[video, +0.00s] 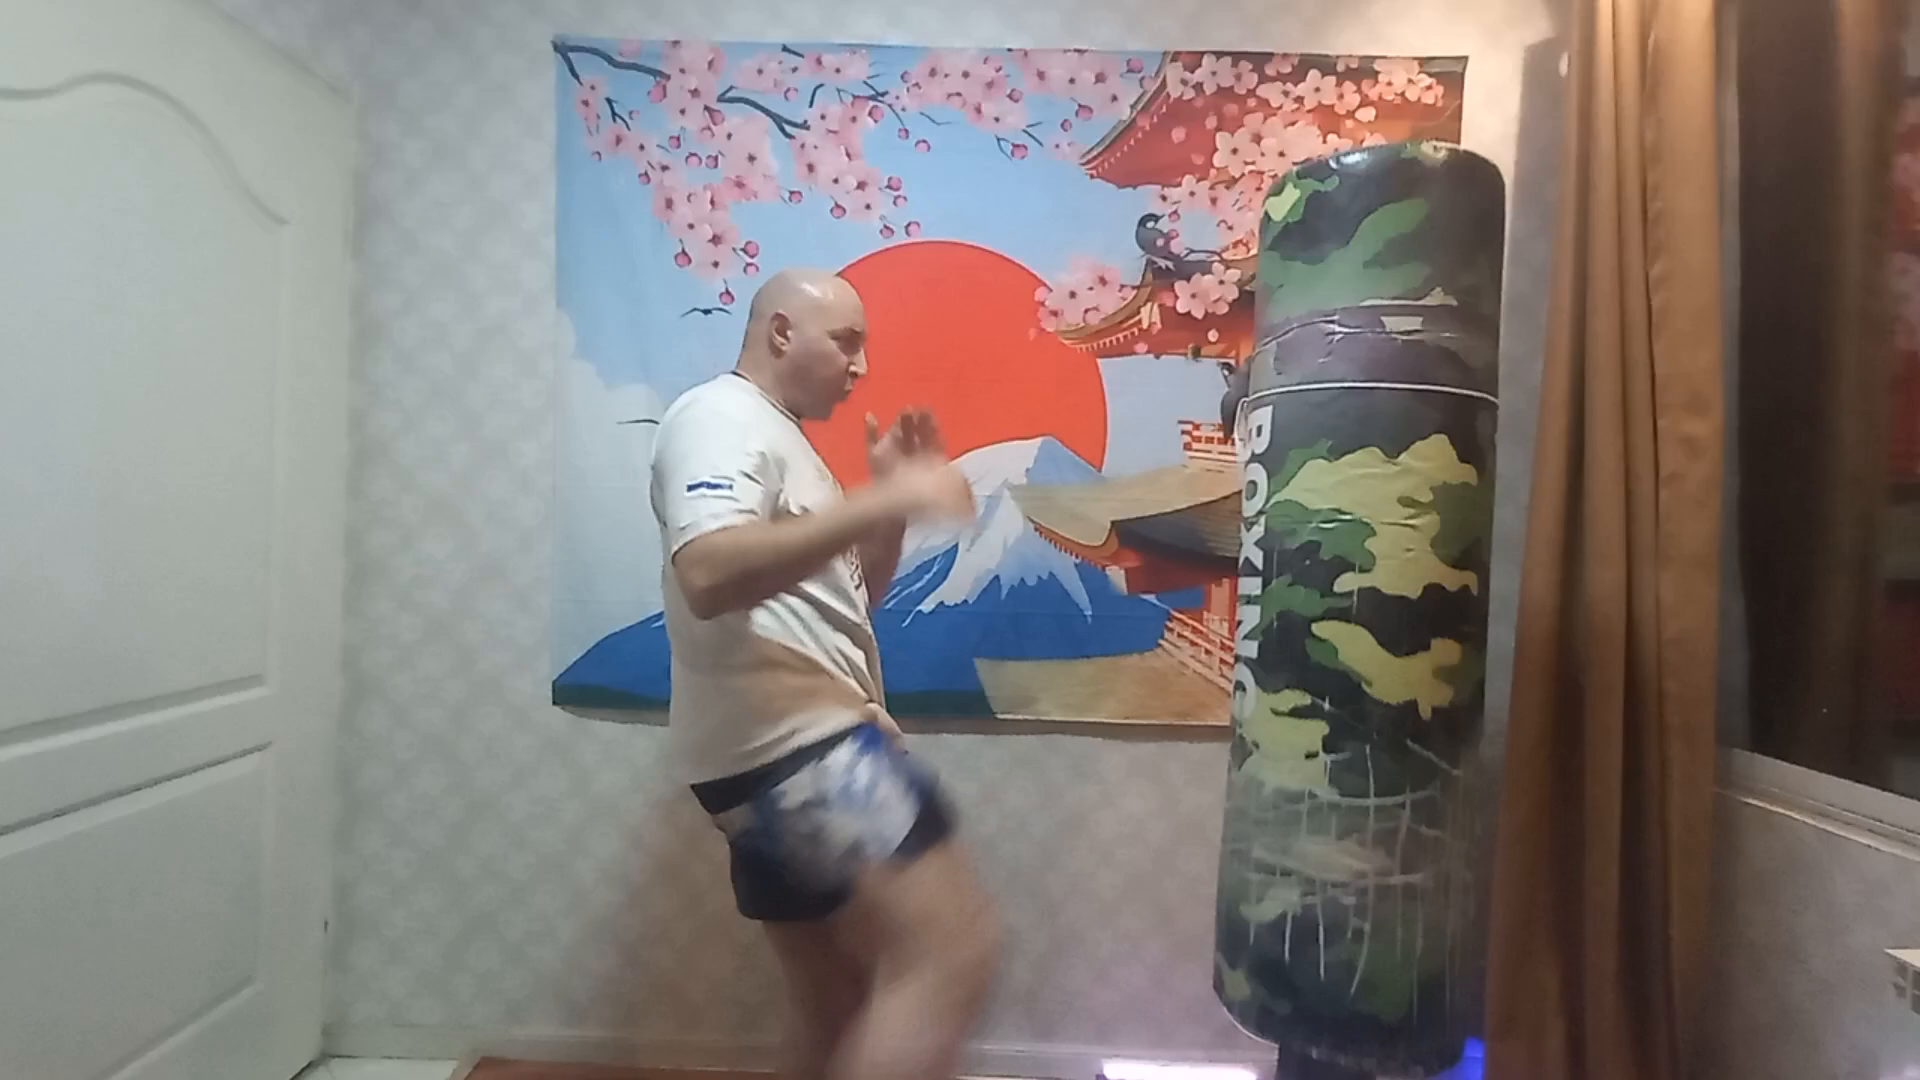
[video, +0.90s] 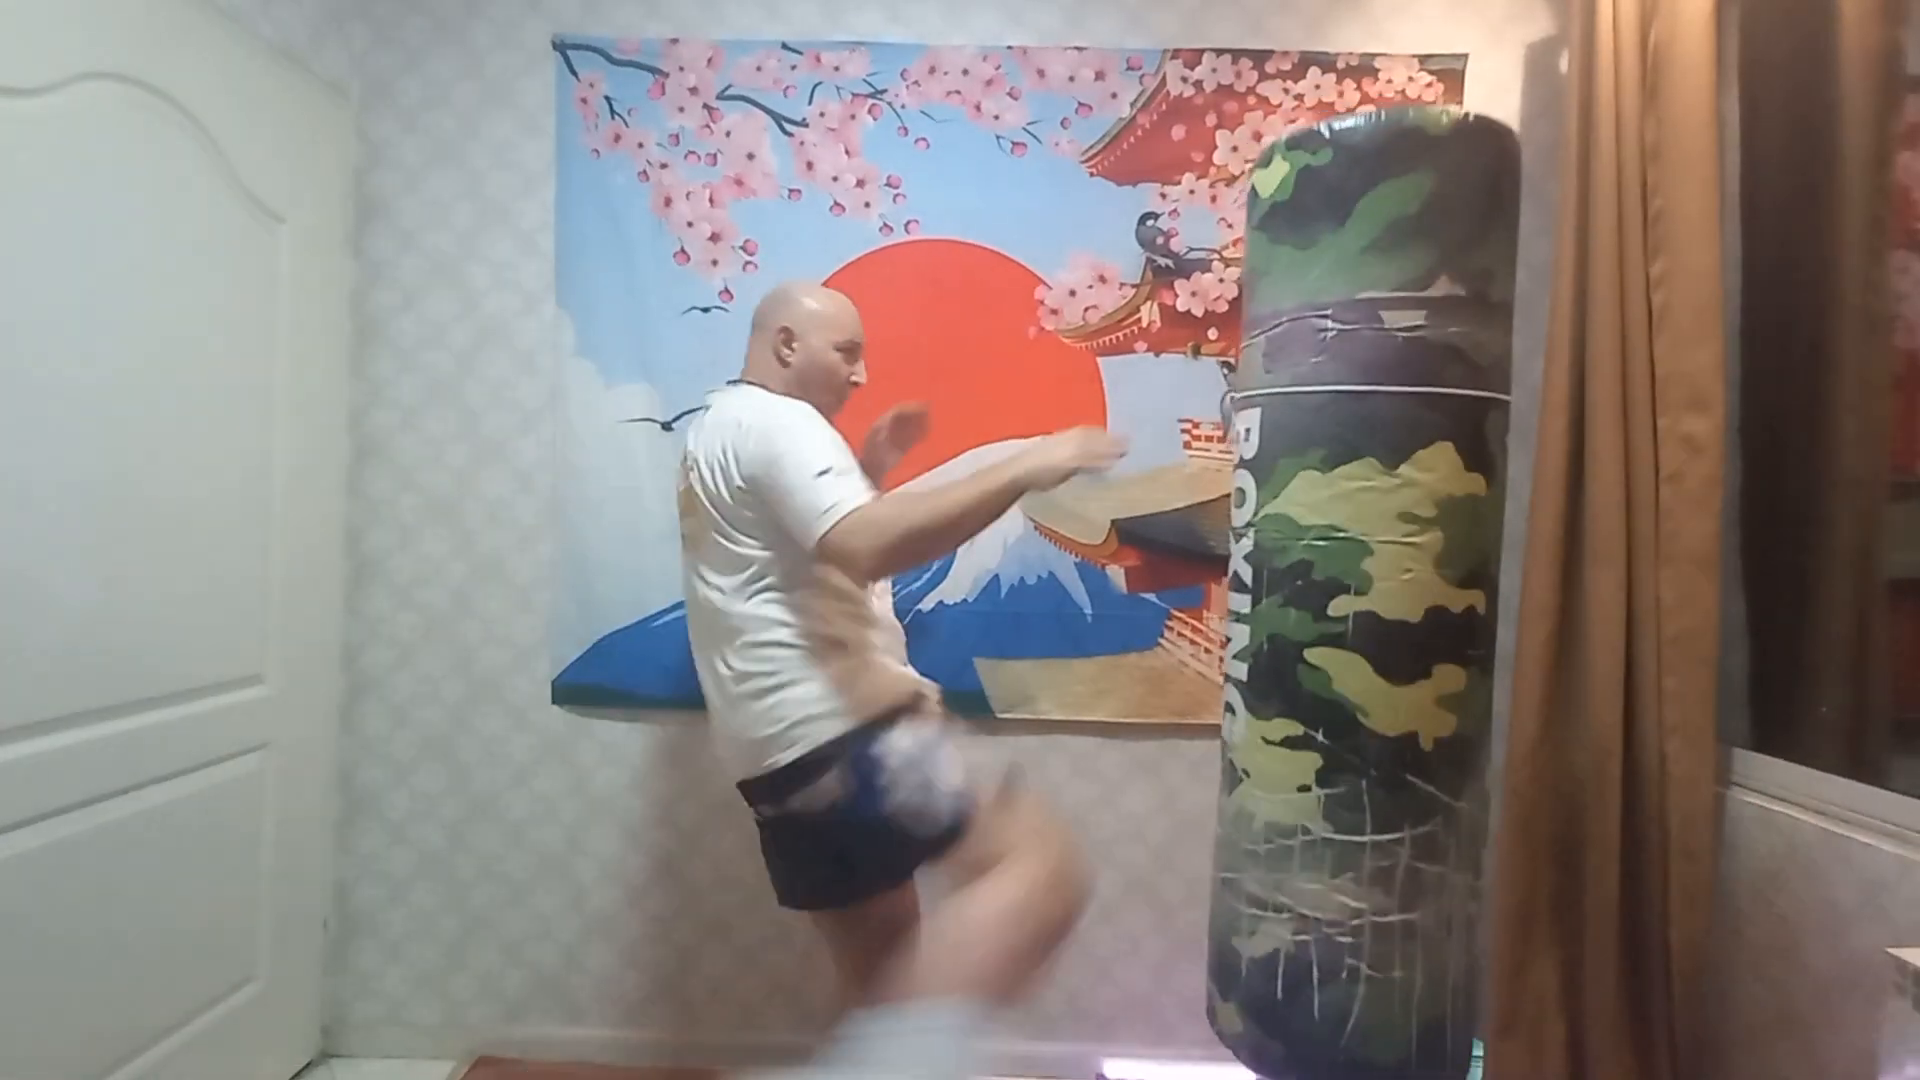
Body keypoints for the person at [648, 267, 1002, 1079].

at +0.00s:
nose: (859, 363)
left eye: (862, 345)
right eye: (844, 341)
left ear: (782, 339)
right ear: (779, 334)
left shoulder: (786, 445)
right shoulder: (718, 412)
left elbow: (851, 595)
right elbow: (707, 572)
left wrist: (891, 499)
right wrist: (887, 501)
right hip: (792, 743)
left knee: (835, 1014)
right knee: (951, 947)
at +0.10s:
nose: (846, 353)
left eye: (850, 335)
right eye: (831, 331)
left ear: (777, 333)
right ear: (766, 327)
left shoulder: (816, 446)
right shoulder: (691, 416)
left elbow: (891, 572)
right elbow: (714, 561)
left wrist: (903, 460)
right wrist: (843, 435)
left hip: (847, 767)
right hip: (758, 780)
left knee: (835, 1039)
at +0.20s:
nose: (828, 341)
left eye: (833, 325)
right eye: (809, 321)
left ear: (834, 332)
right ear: (741, 318)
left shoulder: (825, 436)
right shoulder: (654, 417)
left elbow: (910, 559)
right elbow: (692, 552)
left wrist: (896, 444)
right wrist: (799, 412)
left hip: (843, 778)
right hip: (698, 799)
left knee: (845, 1008)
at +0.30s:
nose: (809, 338)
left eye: (815, 320)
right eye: (788, 318)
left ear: (816, 330)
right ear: (718, 320)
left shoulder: (821, 436)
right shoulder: (619, 415)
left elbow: (909, 560)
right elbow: (611, 563)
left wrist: (882, 439)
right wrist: (751, 434)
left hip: (820, 780)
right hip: (660, 791)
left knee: (883, 988)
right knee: (589, 1026)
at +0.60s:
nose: (815, 344)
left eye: (819, 327)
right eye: (795, 324)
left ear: (819, 338)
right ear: (724, 326)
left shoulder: (834, 451)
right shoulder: (632, 418)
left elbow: (911, 569)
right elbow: (631, 548)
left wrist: (923, 462)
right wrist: (772, 437)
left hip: (800, 777)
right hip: (650, 784)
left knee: (876, 968)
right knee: (600, 1019)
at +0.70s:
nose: (838, 353)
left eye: (839, 336)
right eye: (821, 333)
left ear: (762, 338)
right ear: (754, 334)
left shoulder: (802, 448)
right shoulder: (699, 422)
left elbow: (835, 573)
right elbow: (831, 491)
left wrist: (886, 496)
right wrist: (915, 374)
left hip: (826, 776)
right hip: (705, 784)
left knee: (884, 960)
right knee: (647, 1038)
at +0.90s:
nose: (857, 374)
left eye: (858, 354)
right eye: (845, 352)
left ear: (776, 351)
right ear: (784, 346)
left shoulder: (714, 430)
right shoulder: (773, 422)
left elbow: (785, 557)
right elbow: (862, 543)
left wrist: (867, 469)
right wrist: (1025, 468)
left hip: (783, 761)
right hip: (849, 737)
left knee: (881, 970)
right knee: (1043, 867)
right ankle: (903, 1048)